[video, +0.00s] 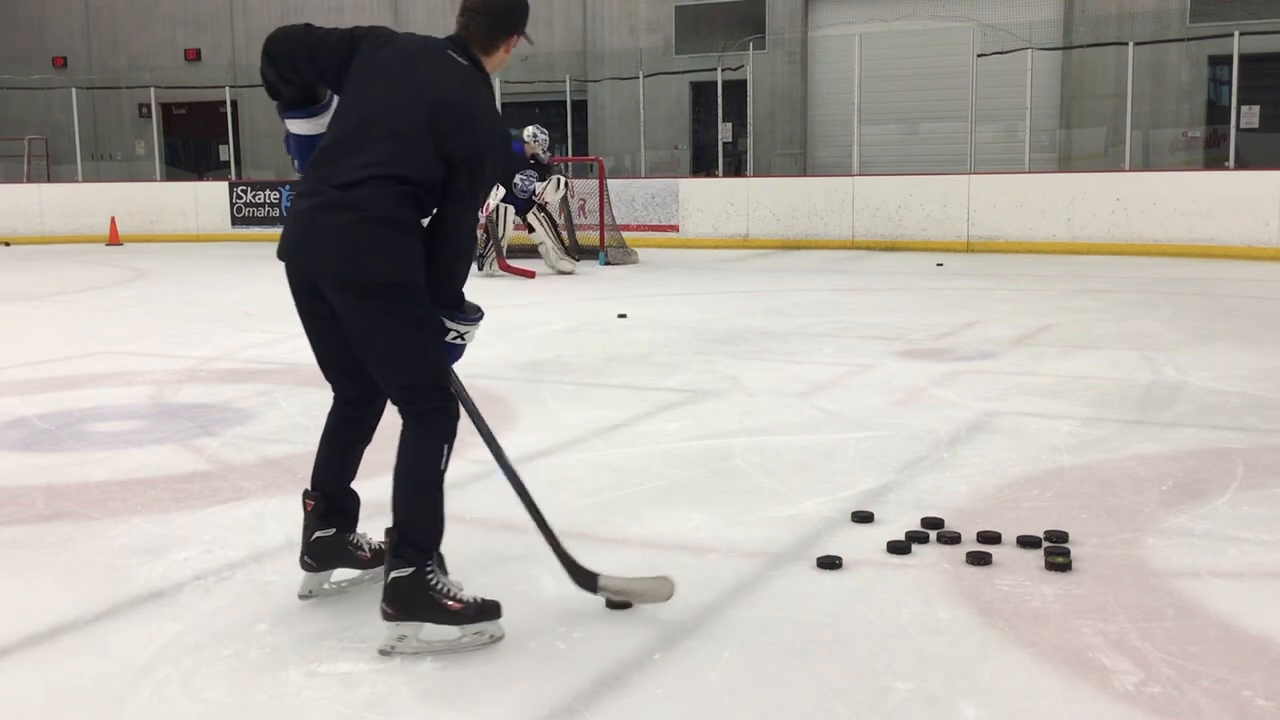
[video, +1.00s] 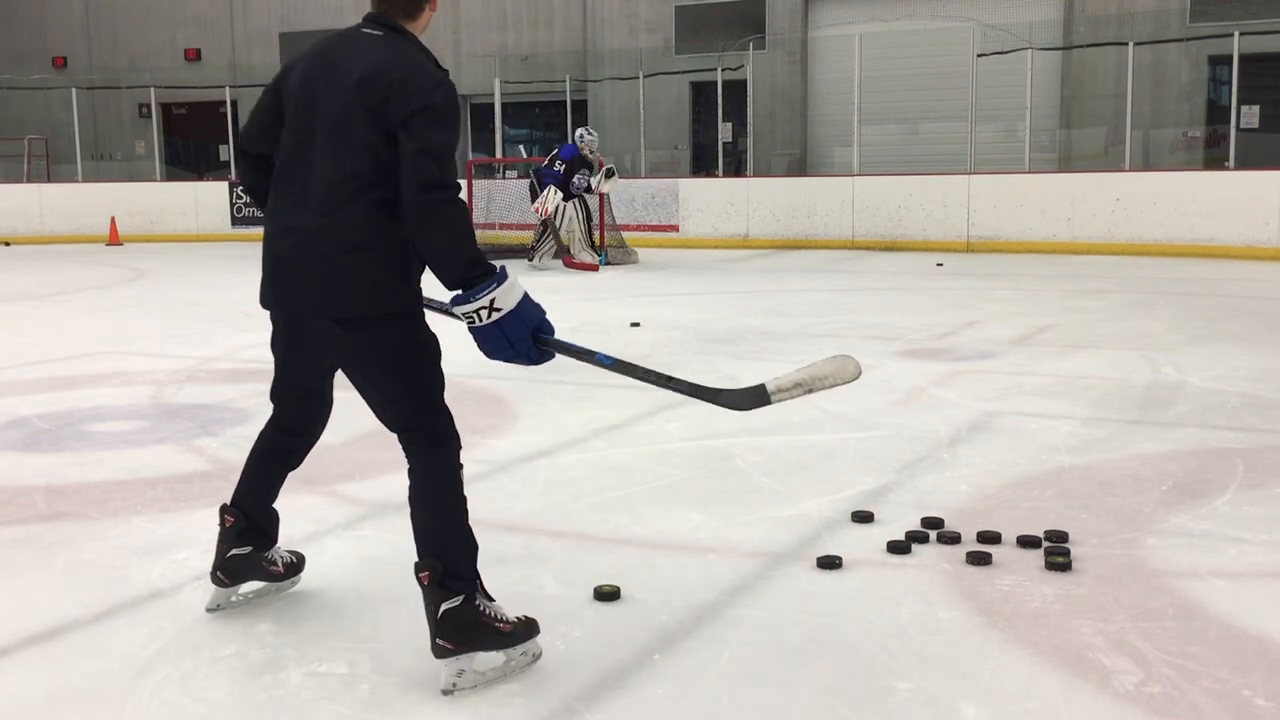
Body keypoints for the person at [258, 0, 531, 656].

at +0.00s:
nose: (515, 52)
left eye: (515, 41)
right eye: (518, 43)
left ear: (462, 21)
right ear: (507, 44)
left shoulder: (383, 46)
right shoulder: (481, 120)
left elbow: (284, 45)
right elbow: (452, 232)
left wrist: (304, 122)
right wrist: (450, 311)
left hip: (306, 243)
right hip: (376, 256)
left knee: (358, 392)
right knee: (431, 407)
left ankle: (327, 532)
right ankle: (414, 576)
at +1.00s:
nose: (438, 14)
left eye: (436, 9)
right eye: (439, 9)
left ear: (371, 4)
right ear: (429, 8)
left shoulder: (309, 60)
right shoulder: (423, 79)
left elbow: (252, 149)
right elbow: (431, 203)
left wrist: (299, 217)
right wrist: (490, 296)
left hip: (291, 285)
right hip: (371, 294)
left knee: (294, 417)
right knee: (431, 440)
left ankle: (240, 545)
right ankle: (456, 606)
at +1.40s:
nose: (438, 20)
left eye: (429, 12)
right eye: (439, 13)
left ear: (371, 9)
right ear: (431, 16)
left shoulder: (320, 69)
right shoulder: (412, 86)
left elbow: (295, 186)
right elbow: (419, 202)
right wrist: (466, 302)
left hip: (279, 288)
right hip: (354, 299)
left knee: (290, 418)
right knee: (426, 447)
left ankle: (234, 545)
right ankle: (453, 612)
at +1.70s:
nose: (464, 53)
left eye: (463, 45)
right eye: (460, 41)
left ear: (403, 34)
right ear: (447, 40)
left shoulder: (400, 106)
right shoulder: (405, 82)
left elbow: (407, 221)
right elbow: (445, 68)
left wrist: (447, 290)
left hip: (269, 285)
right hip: (331, 298)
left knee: (264, 422)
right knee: (421, 449)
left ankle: (189, 545)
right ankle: (422, 617)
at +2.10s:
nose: (462, 117)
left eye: (455, 106)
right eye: (466, 109)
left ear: (406, 94)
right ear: (458, 109)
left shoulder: (346, 125)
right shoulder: (445, 173)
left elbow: (252, 148)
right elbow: (439, 286)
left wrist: (286, 205)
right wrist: (435, 389)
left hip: (261, 297)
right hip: (340, 323)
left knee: (300, 402)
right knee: (382, 475)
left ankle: (245, 527)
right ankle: (372, 616)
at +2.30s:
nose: (438, 123)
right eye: (440, 116)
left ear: (383, 102)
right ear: (435, 120)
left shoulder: (342, 133)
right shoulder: (438, 193)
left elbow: (267, 145)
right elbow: (395, 244)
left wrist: (214, 142)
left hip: (277, 316)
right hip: (349, 342)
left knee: (331, 391)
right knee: (344, 475)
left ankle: (304, 499)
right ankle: (304, 599)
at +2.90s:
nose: (533, 67)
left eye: (530, 57)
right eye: (534, 58)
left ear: (480, 52)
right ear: (526, 60)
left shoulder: (425, 101)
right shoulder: (523, 120)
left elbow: (355, 160)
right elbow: (547, 218)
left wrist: (353, 233)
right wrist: (586, 288)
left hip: (383, 263)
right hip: (439, 273)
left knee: (447, 377)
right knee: (512, 395)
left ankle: (393, 485)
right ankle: (493, 536)